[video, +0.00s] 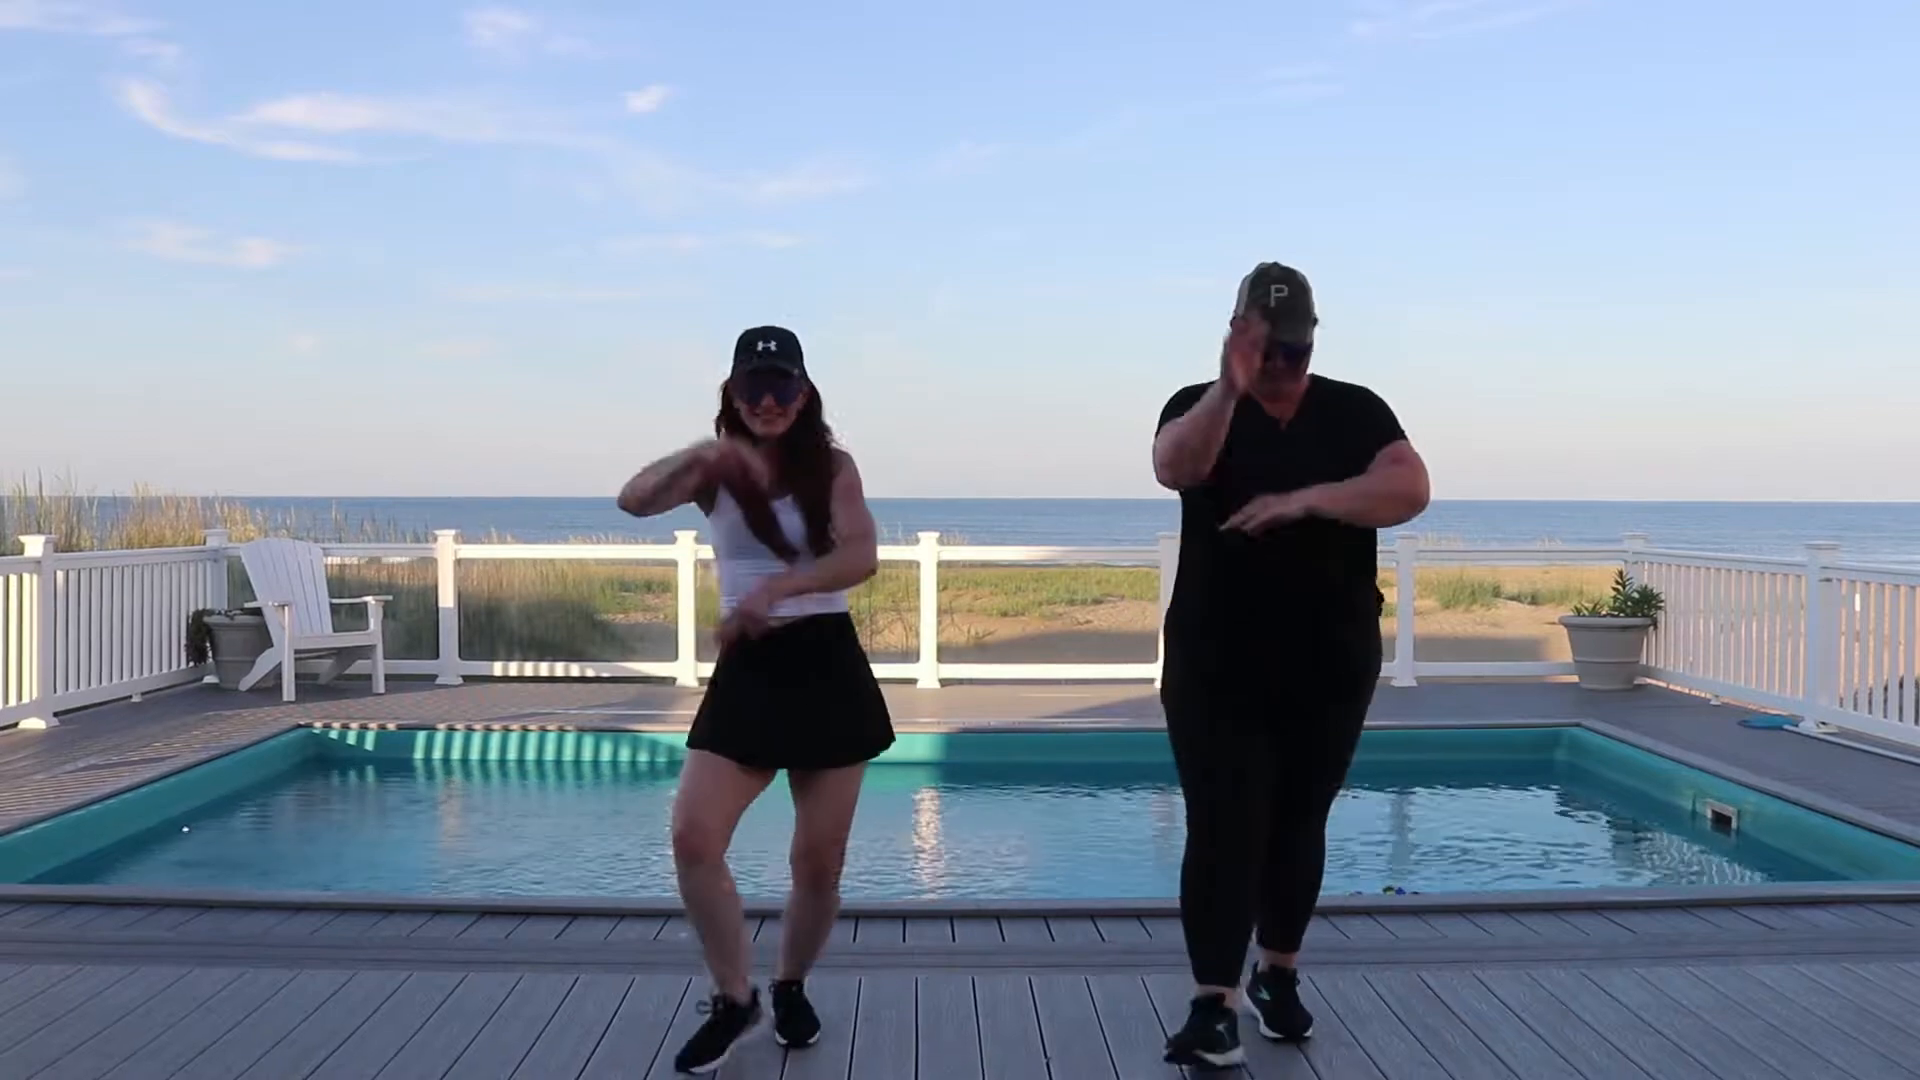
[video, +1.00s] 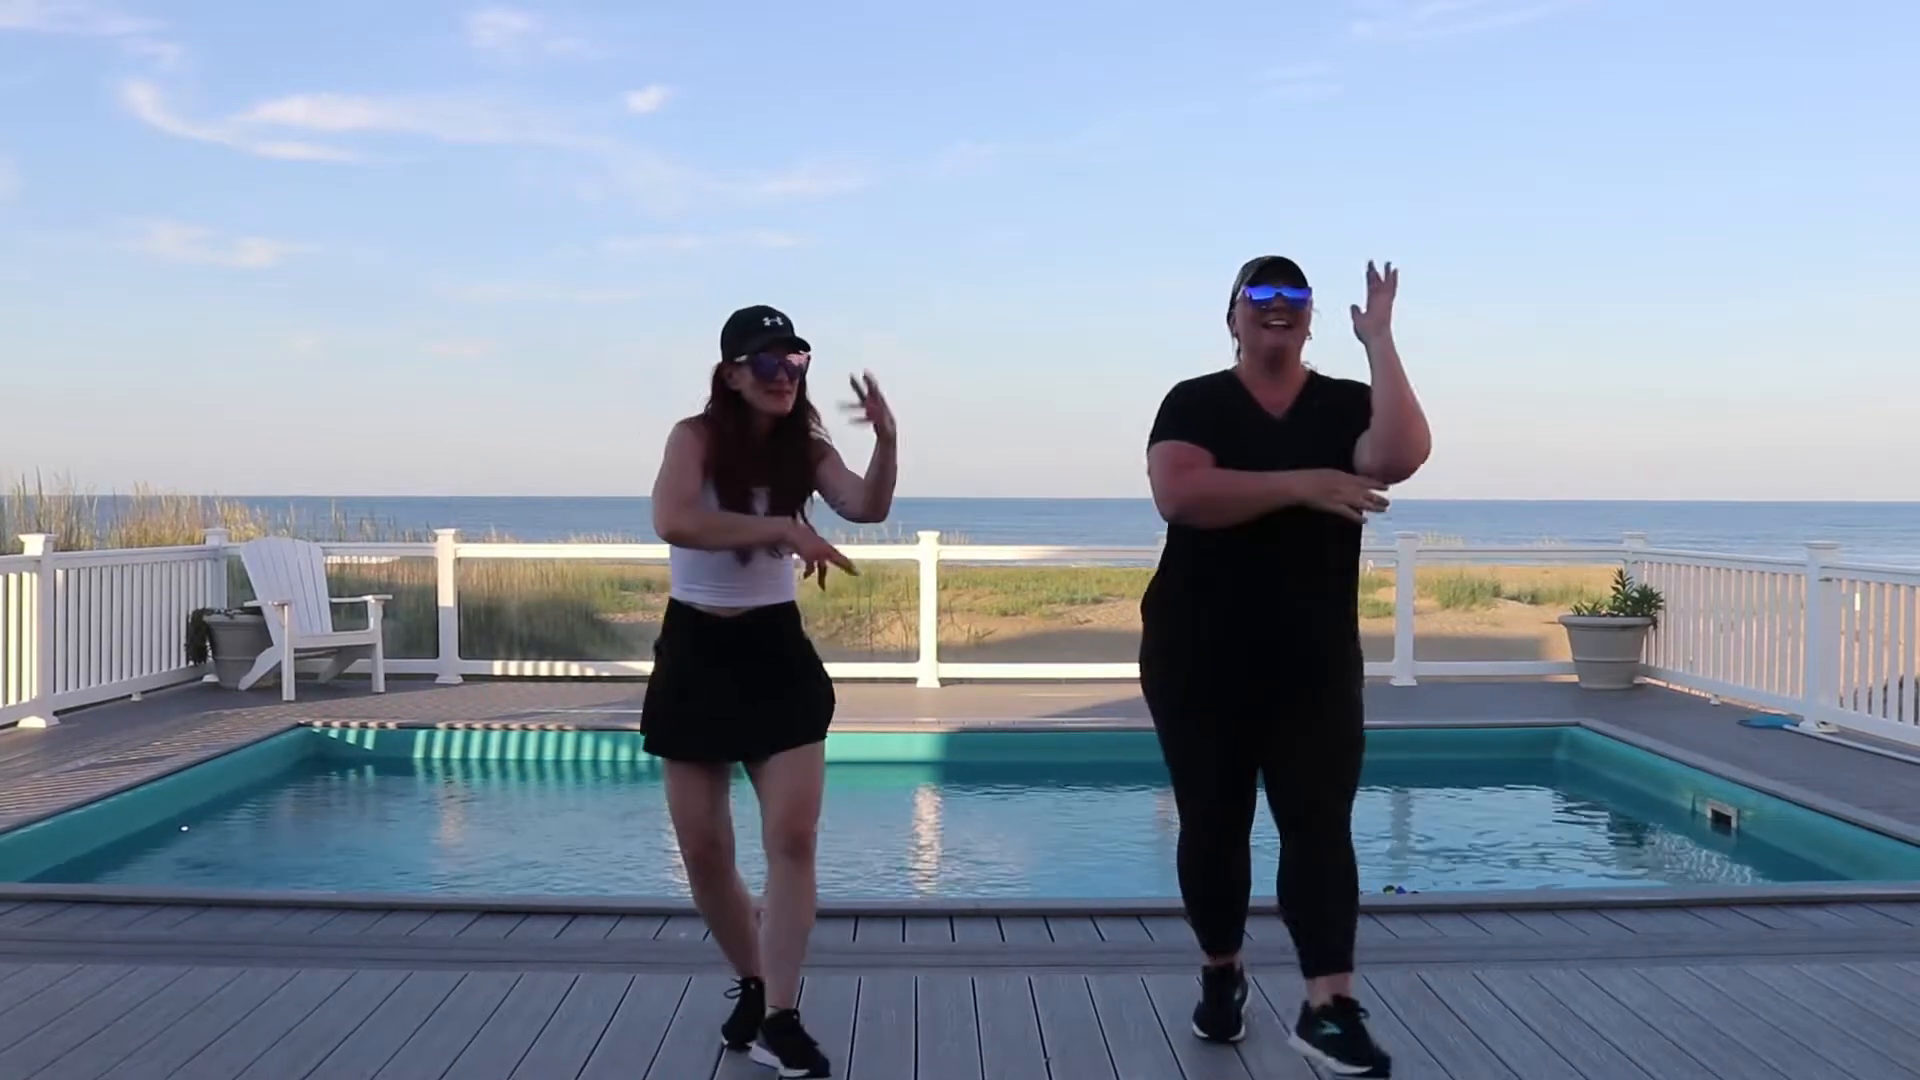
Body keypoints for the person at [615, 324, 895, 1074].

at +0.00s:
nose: (773, 399)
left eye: (786, 386)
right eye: (758, 385)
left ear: (805, 391)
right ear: (734, 388)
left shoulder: (831, 467)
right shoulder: (714, 463)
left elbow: (860, 557)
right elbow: (634, 498)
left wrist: (771, 587)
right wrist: (701, 460)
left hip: (829, 668)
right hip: (748, 669)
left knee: (819, 863)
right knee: (693, 839)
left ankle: (792, 985)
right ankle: (735, 1000)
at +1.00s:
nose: (783, 375)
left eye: (793, 363)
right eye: (766, 363)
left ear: (801, 370)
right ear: (731, 370)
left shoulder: (806, 445)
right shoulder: (695, 437)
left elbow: (867, 507)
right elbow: (673, 519)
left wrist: (887, 440)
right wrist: (781, 529)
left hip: (778, 653)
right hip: (693, 657)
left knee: (794, 838)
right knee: (703, 854)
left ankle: (781, 1014)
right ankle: (755, 982)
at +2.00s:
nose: (718, 387)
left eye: (732, 373)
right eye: (702, 374)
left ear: (752, 380)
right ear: (677, 384)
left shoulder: (778, 444)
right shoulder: (667, 462)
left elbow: (819, 530)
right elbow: (646, 556)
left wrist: (713, 558)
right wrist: (637, 447)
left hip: (802, 657)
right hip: (716, 664)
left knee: (830, 850)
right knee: (708, 854)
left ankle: (773, 959)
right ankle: (733, 1041)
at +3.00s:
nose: (732, 388)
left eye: (747, 373)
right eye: (716, 374)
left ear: (768, 384)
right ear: (694, 382)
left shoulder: (767, 466)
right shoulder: (665, 440)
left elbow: (804, 543)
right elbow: (641, 523)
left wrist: (838, 443)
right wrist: (748, 538)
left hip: (721, 668)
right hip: (638, 664)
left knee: (720, 860)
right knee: (629, 871)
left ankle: (694, 1038)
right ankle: (644, 959)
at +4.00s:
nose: (722, 384)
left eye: (738, 372)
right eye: (708, 372)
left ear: (761, 383)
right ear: (686, 384)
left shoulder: (789, 447)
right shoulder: (680, 469)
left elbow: (822, 531)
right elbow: (643, 561)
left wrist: (717, 560)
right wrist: (632, 454)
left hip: (825, 655)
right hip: (739, 663)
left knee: (839, 845)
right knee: (729, 838)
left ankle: (820, 959)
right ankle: (748, 1024)